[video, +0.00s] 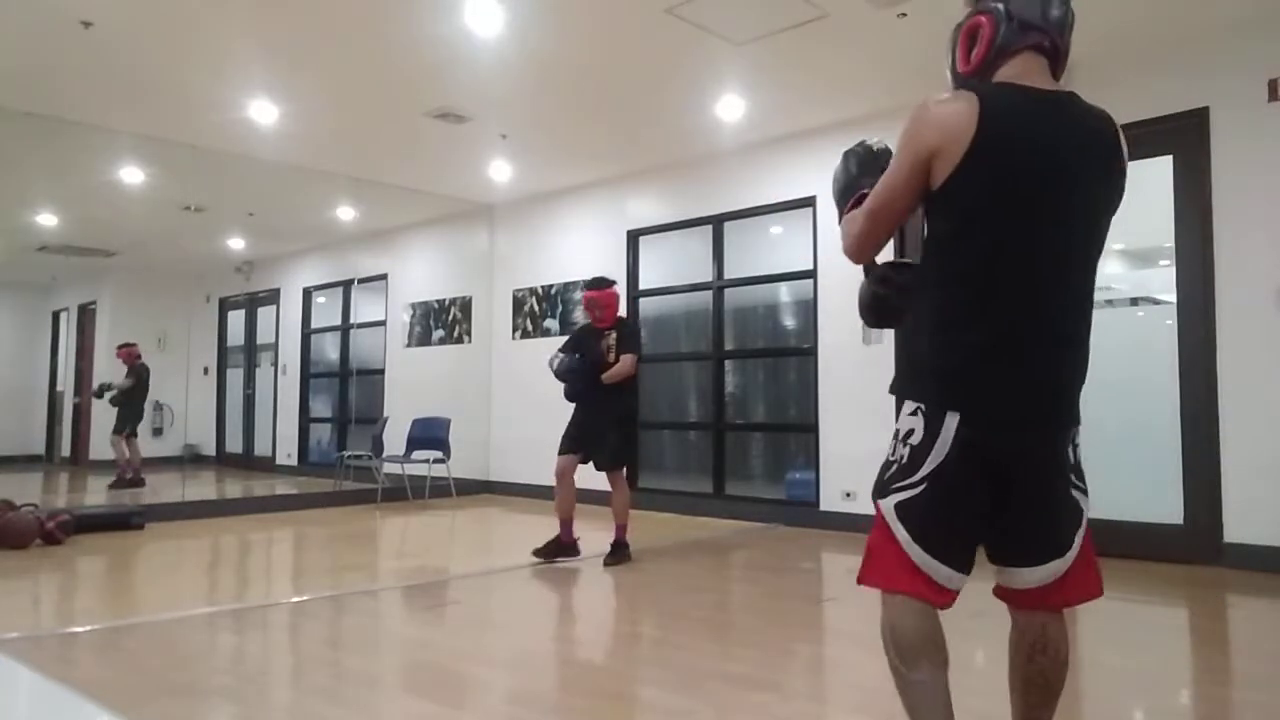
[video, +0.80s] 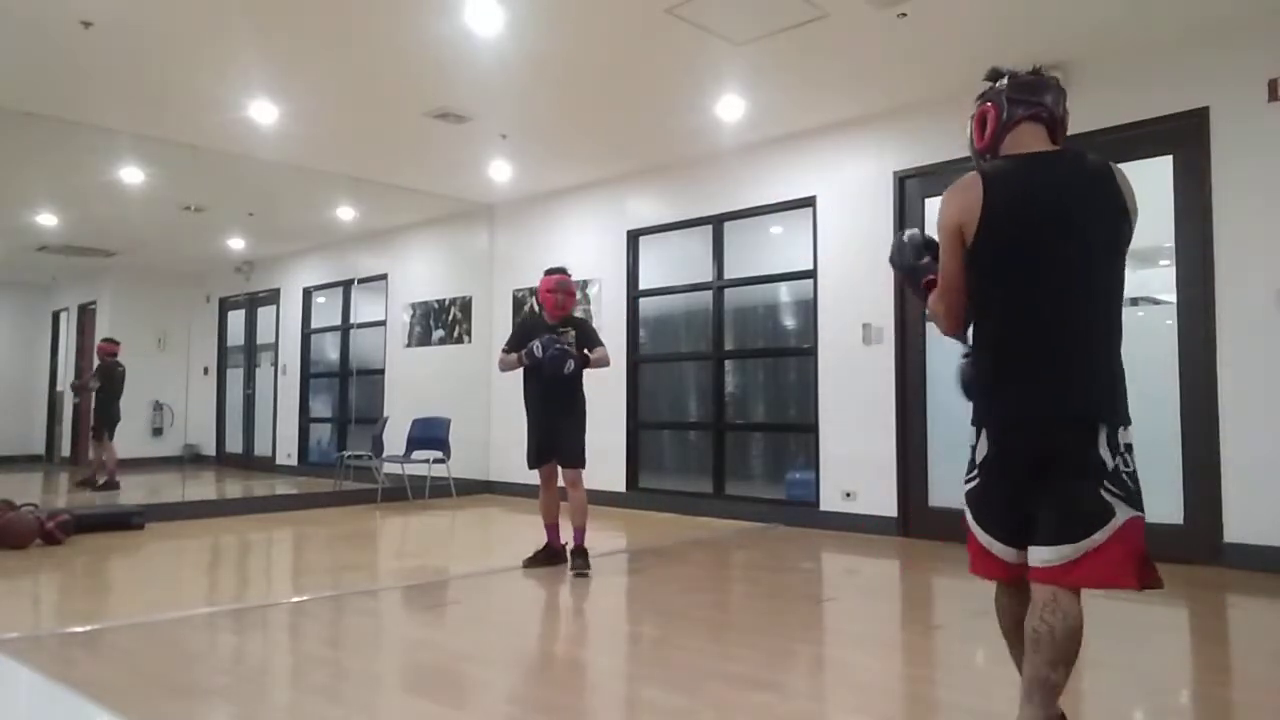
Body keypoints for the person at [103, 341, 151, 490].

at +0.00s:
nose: (122, 361)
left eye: (123, 357)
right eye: (121, 358)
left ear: (131, 355)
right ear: (133, 355)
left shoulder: (136, 369)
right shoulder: (141, 368)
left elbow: (127, 384)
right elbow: (130, 388)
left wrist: (108, 386)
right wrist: (117, 398)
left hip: (129, 410)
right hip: (134, 410)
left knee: (116, 439)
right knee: (131, 441)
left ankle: (123, 475)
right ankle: (136, 476)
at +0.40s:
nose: (109, 359)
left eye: (111, 355)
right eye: (109, 356)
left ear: (119, 354)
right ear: (123, 354)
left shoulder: (122, 370)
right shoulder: (128, 368)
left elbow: (112, 395)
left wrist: (98, 397)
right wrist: (100, 389)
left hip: (115, 412)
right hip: (118, 411)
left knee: (111, 443)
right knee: (112, 443)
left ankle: (112, 478)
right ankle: (131, 472)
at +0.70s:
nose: (100, 354)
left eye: (102, 351)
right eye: (101, 350)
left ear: (106, 351)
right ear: (117, 352)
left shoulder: (108, 368)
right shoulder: (123, 368)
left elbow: (96, 386)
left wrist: (84, 391)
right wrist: (90, 389)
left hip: (105, 412)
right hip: (115, 412)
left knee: (101, 443)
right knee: (108, 443)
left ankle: (107, 477)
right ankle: (109, 477)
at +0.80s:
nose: (97, 353)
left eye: (99, 350)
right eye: (98, 350)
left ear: (103, 351)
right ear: (115, 352)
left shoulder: (104, 367)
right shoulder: (120, 368)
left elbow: (92, 384)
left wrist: (77, 385)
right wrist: (82, 384)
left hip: (103, 411)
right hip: (113, 410)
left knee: (104, 444)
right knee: (98, 444)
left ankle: (112, 479)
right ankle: (92, 476)